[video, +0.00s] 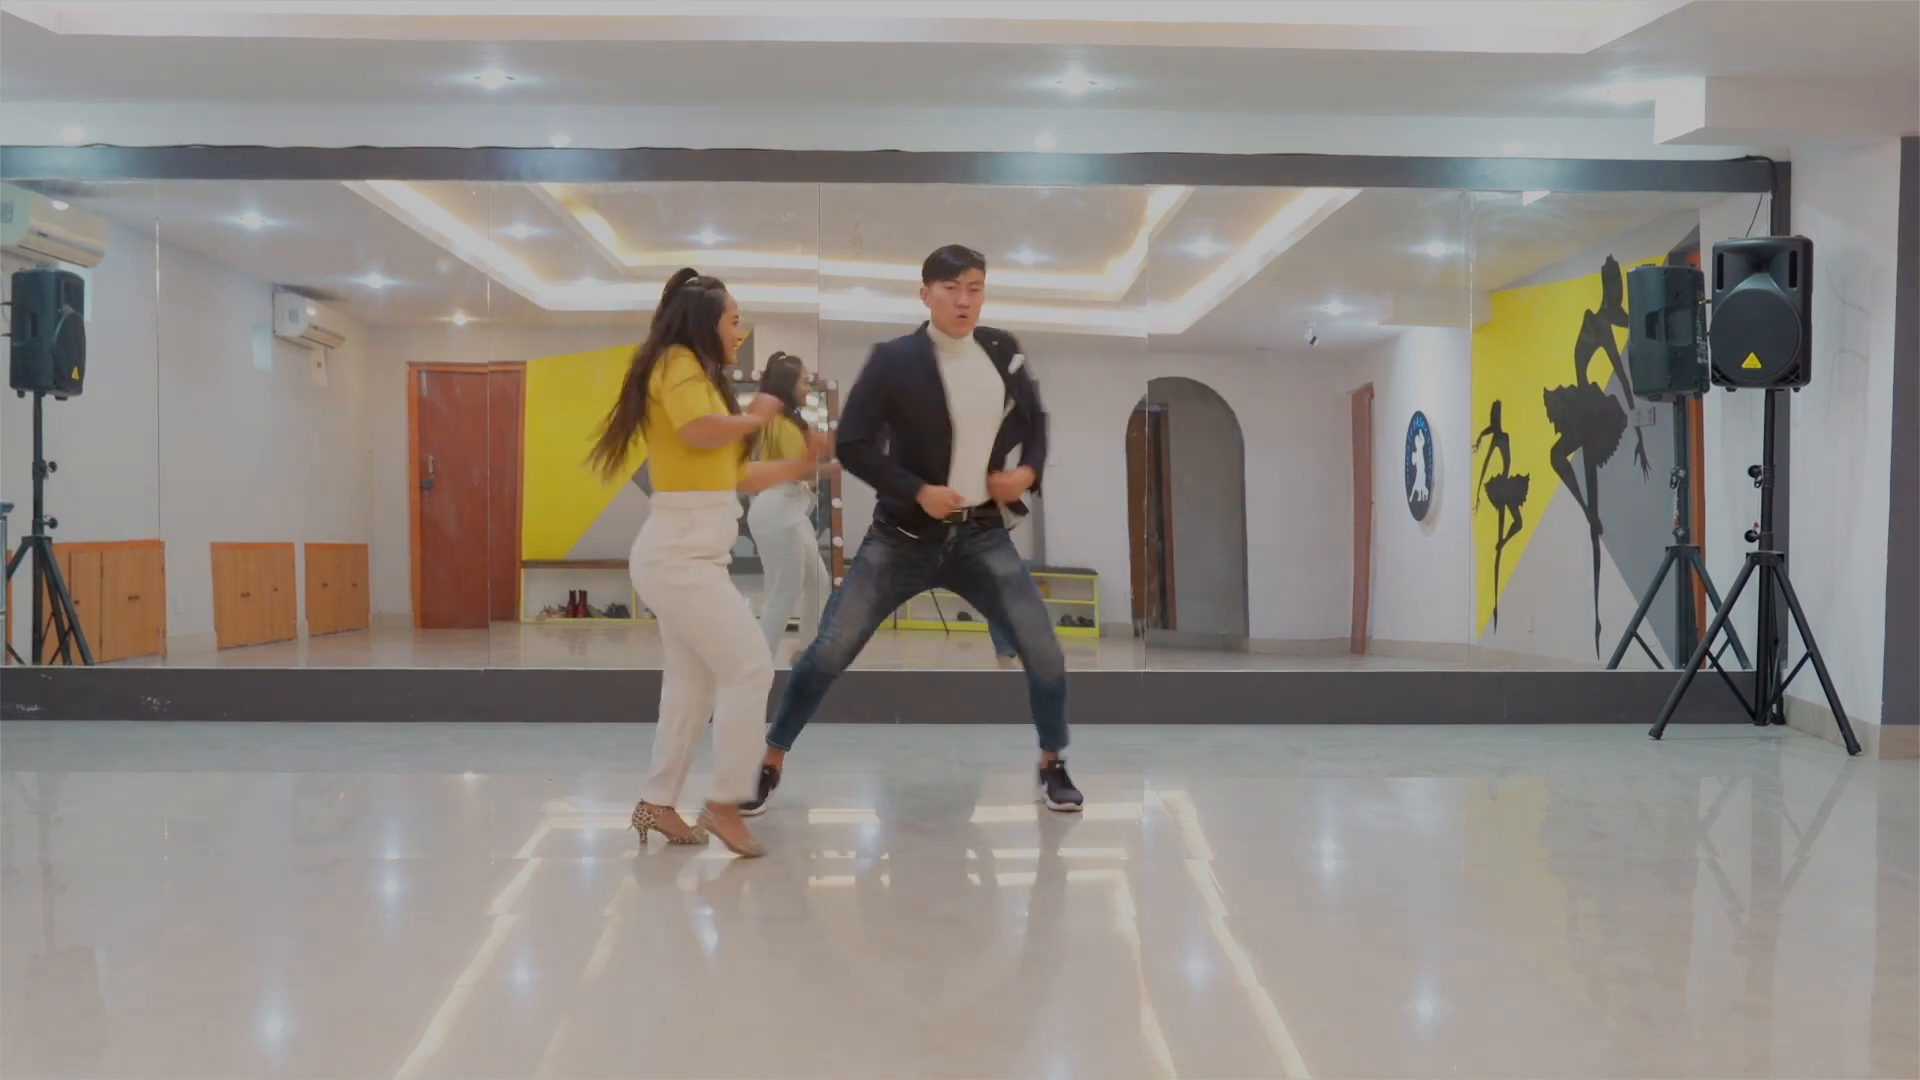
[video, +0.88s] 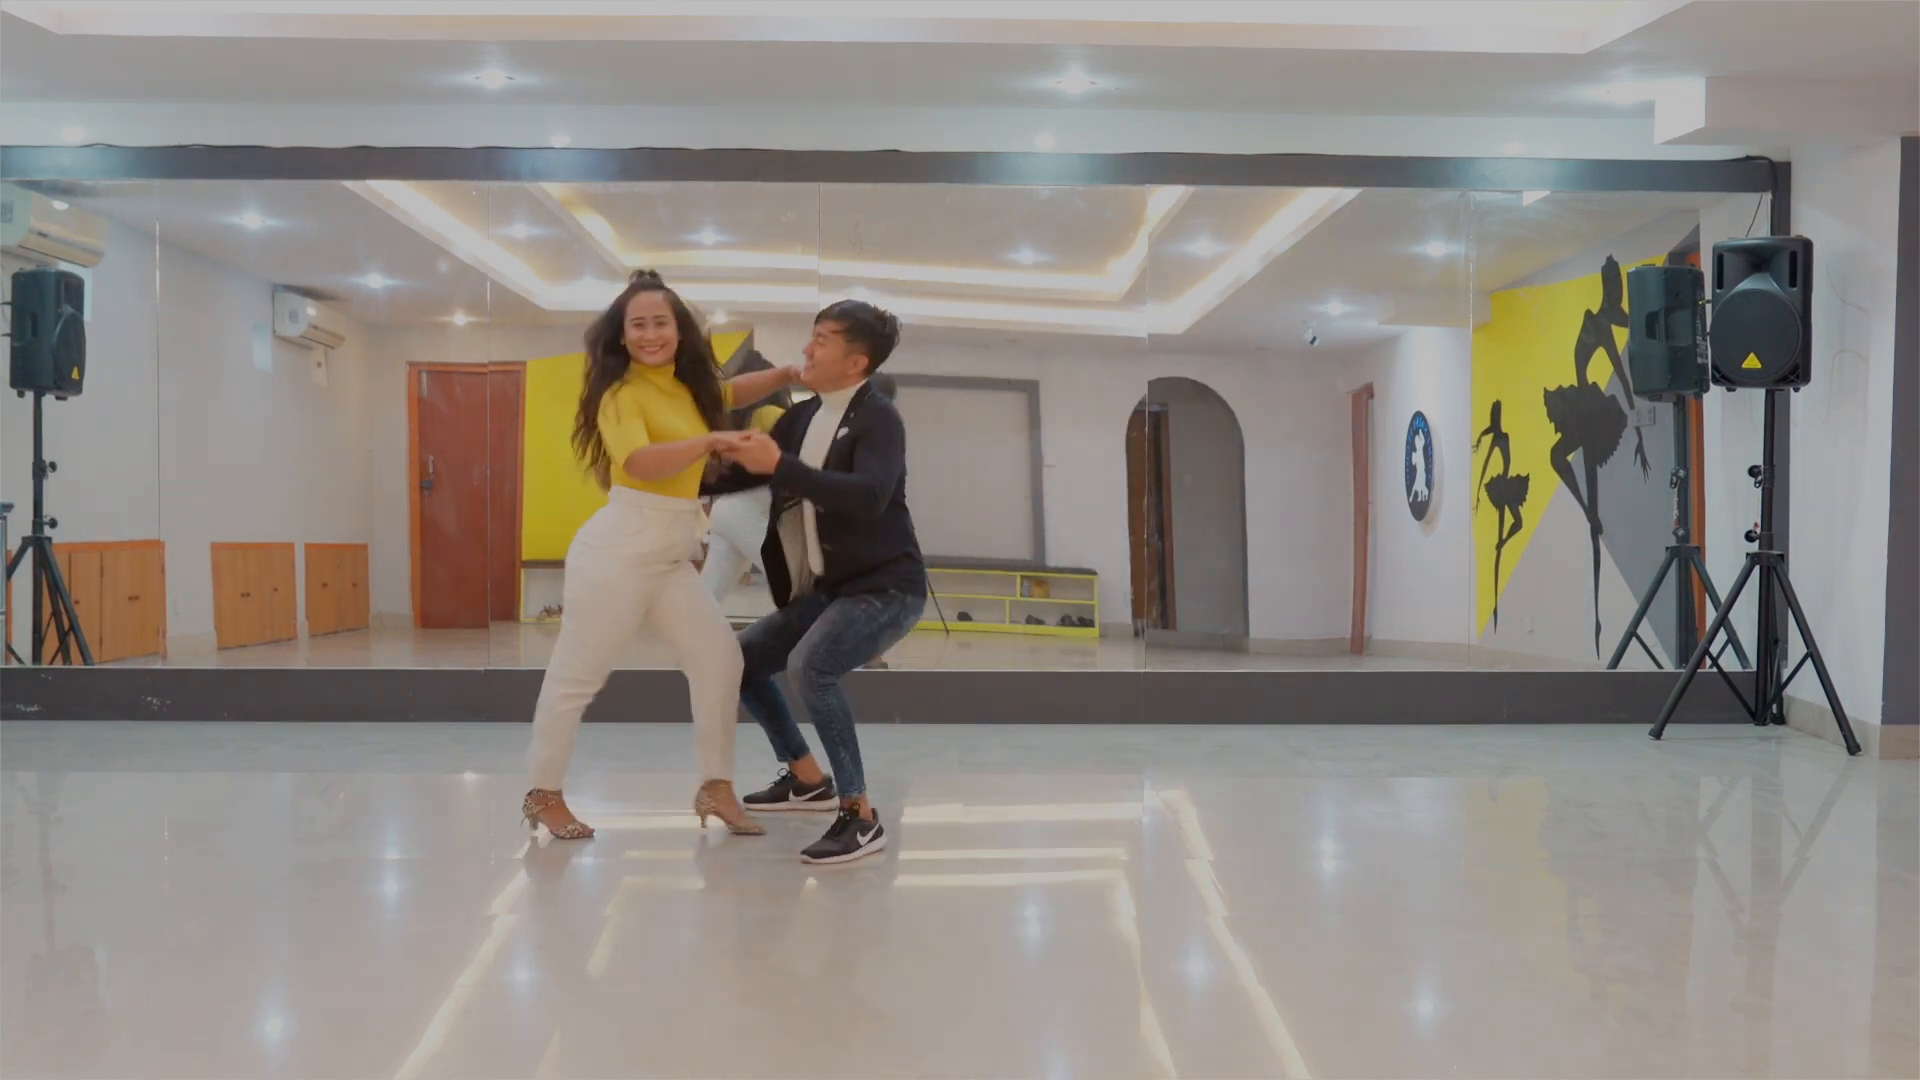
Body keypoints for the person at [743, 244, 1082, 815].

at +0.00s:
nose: (964, 301)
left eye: (974, 290)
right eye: (951, 289)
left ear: (984, 295)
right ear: (926, 294)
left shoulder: (1002, 351)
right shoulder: (891, 361)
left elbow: (1034, 417)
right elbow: (852, 446)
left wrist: (1027, 471)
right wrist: (917, 490)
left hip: (983, 537)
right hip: (901, 538)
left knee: (1045, 651)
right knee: (829, 653)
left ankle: (1053, 763)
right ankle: (771, 757)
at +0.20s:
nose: (911, 311)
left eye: (926, 301)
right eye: (906, 300)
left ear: (957, 310)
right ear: (898, 309)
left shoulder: (976, 375)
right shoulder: (897, 379)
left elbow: (1033, 443)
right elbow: (874, 437)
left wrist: (982, 503)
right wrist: (873, 473)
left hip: (967, 549)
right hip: (899, 545)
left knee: (1010, 667)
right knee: (802, 627)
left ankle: (1059, 763)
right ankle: (806, 770)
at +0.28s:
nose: (886, 311)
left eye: (901, 300)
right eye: (885, 300)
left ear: (936, 310)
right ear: (886, 306)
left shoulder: (952, 368)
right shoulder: (893, 375)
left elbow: (982, 427)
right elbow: (881, 448)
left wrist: (925, 485)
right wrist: (862, 485)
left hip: (949, 551)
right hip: (887, 549)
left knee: (1000, 666)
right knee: (793, 631)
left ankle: (1063, 760)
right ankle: (813, 772)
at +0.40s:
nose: (856, 302)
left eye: (871, 294)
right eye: (855, 291)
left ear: (906, 303)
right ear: (855, 296)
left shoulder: (918, 353)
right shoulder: (866, 363)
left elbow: (932, 412)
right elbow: (864, 439)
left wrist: (856, 443)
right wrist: (830, 488)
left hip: (917, 541)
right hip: (860, 537)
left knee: (958, 667)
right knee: (782, 636)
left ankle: (1055, 738)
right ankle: (811, 774)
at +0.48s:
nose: (839, 304)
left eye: (854, 296)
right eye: (838, 292)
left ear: (890, 304)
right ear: (835, 293)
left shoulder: (909, 355)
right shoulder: (837, 359)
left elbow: (920, 410)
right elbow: (835, 438)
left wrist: (833, 435)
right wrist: (800, 493)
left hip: (907, 533)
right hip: (850, 533)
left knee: (916, 663)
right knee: (779, 641)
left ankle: (1008, 741)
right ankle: (811, 775)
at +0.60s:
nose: (824, 312)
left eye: (838, 305)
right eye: (824, 301)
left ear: (877, 315)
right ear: (825, 301)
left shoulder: (904, 363)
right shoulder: (812, 358)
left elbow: (903, 423)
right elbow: (792, 445)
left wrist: (808, 419)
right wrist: (752, 518)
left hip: (902, 535)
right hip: (844, 537)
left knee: (867, 638)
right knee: (771, 644)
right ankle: (811, 776)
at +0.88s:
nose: (807, 348)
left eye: (822, 341)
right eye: (812, 337)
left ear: (858, 360)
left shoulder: (879, 418)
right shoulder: (801, 415)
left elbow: (868, 497)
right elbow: (757, 471)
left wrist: (780, 466)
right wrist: (706, 469)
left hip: (886, 588)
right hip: (828, 591)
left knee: (813, 667)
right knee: (741, 657)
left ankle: (860, 815)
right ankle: (805, 775)